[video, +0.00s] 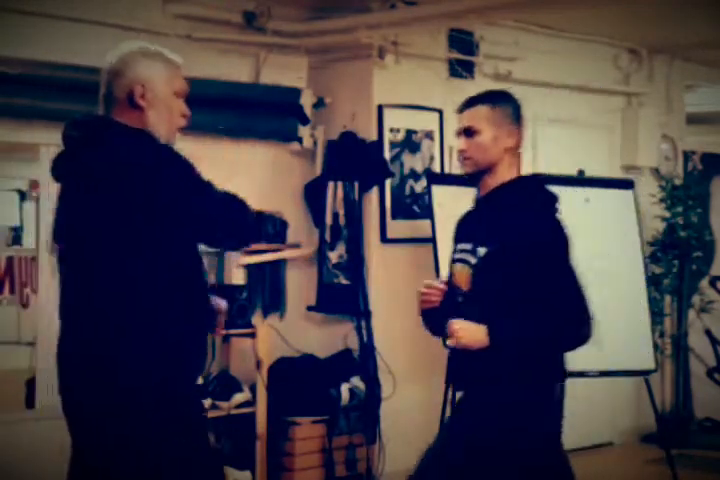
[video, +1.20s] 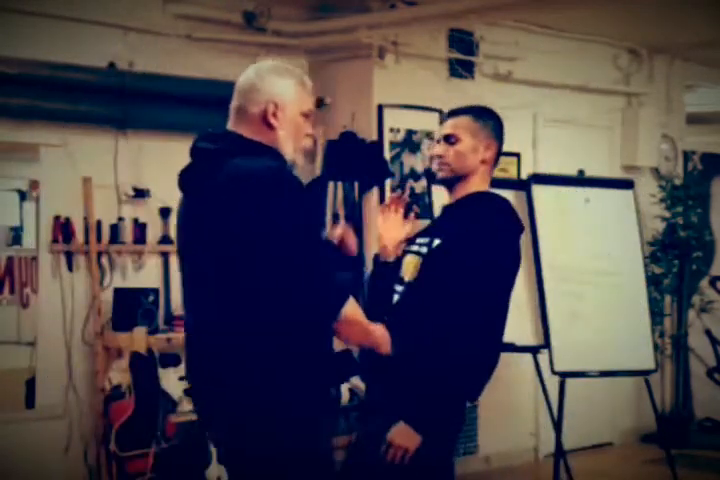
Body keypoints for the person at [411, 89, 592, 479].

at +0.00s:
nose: (459, 146)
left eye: (470, 134)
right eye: (460, 135)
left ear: (512, 139)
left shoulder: (531, 215)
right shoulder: (472, 220)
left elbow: (574, 323)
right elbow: (464, 315)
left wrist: (490, 334)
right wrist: (438, 305)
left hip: (521, 403)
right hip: (479, 398)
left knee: (433, 472)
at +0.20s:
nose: (375, 148)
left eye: (385, 139)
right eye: (378, 139)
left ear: (420, 148)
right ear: (419, 150)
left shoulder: (429, 212)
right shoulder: (441, 203)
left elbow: (405, 329)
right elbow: (423, 288)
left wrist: (329, 391)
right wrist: (378, 255)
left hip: (440, 390)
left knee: (380, 469)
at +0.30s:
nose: (363, 141)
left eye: (371, 129)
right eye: (364, 131)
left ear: (406, 135)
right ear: (402, 137)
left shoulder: (430, 205)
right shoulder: (401, 204)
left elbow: (423, 326)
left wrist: (364, 395)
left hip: (423, 389)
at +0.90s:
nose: (420, 144)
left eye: (432, 134)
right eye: (421, 134)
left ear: (467, 142)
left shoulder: (474, 213)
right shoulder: (425, 205)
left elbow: (463, 332)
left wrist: (416, 421)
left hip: (434, 393)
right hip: (398, 381)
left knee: (425, 472)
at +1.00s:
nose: (424, 148)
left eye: (436, 138)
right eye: (424, 139)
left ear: (471, 147)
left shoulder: (482, 215)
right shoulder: (426, 205)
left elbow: (468, 335)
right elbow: (388, 291)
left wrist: (419, 424)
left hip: (432, 397)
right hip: (392, 386)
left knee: (421, 472)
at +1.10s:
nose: (431, 151)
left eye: (444, 141)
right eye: (430, 142)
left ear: (480, 152)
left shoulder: (485, 219)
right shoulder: (442, 218)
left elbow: (467, 336)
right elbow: (404, 308)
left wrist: (417, 421)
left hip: (429, 404)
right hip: (395, 393)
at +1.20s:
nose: (436, 150)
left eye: (451, 140)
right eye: (437, 141)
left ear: (486, 153)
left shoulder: (491, 219)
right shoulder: (441, 222)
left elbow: (470, 337)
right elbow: (379, 320)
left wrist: (418, 419)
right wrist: (388, 252)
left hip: (431, 407)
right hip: (395, 396)